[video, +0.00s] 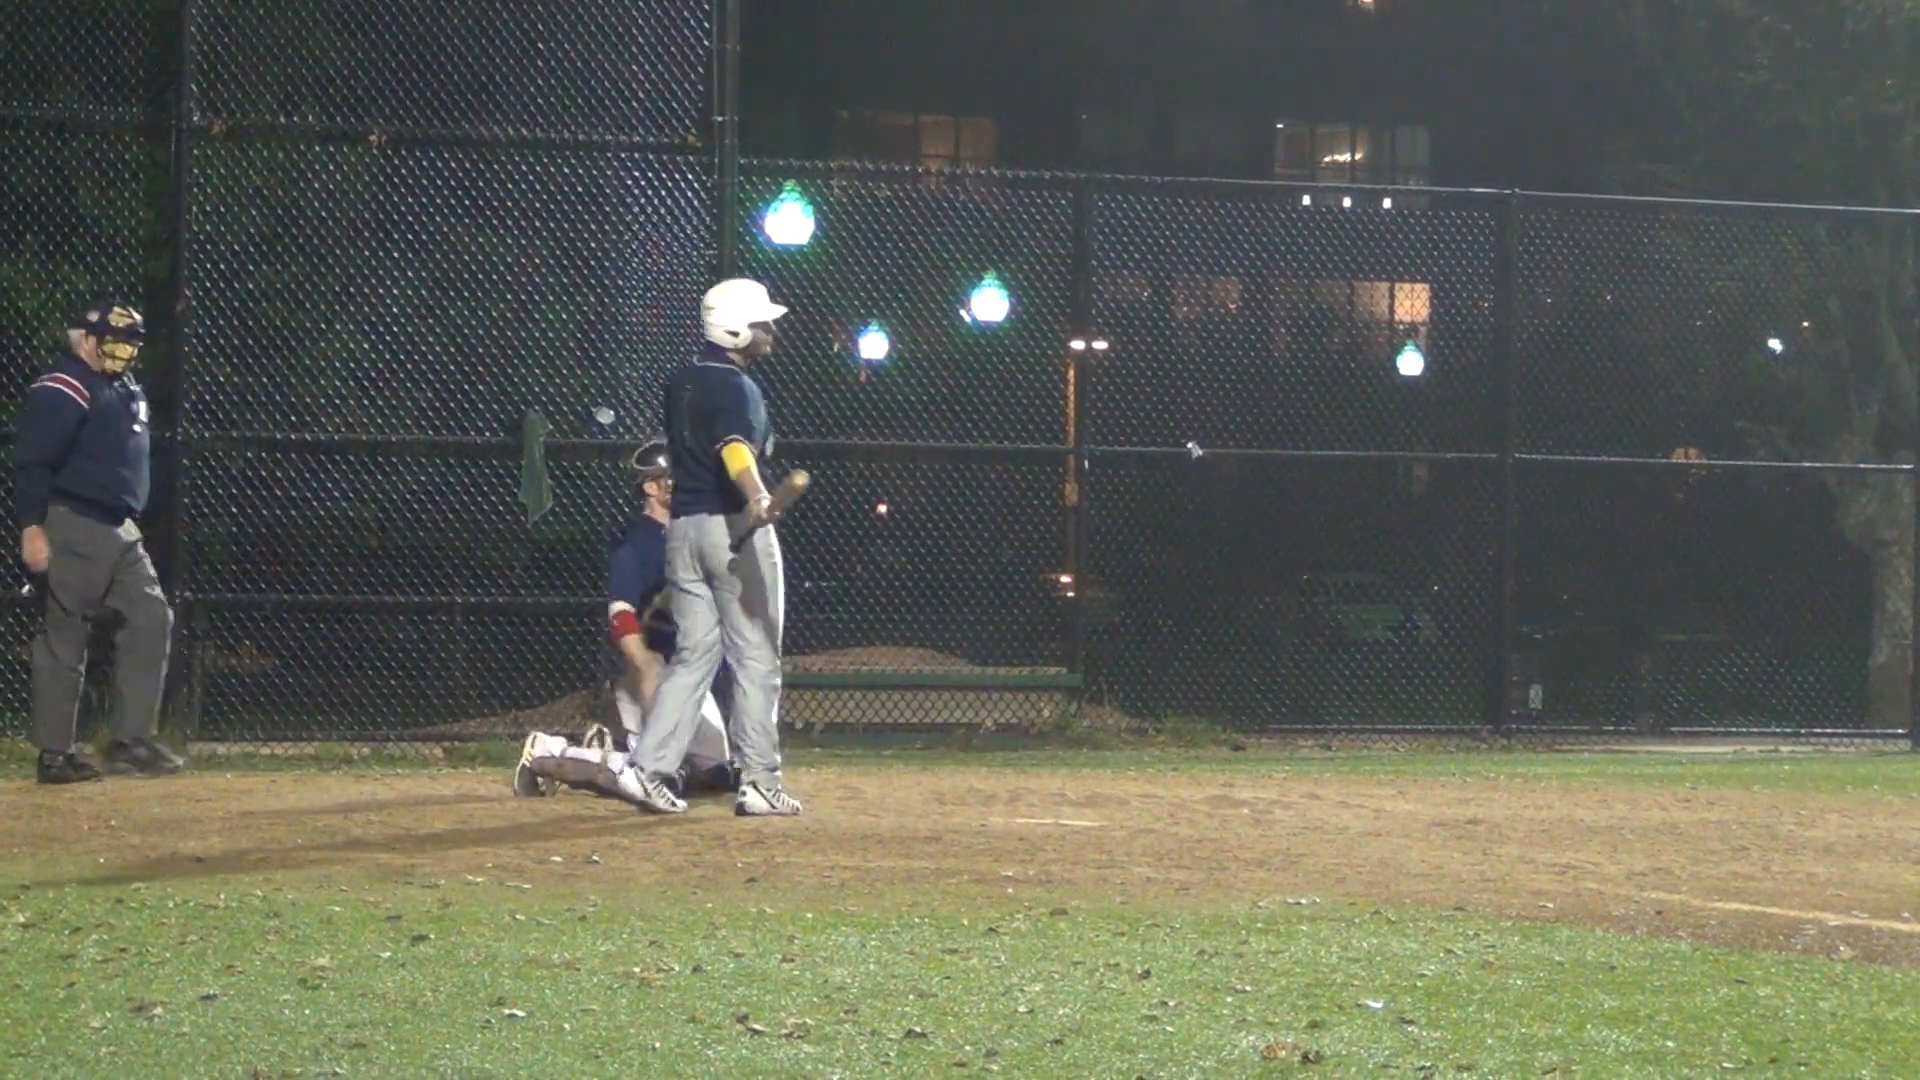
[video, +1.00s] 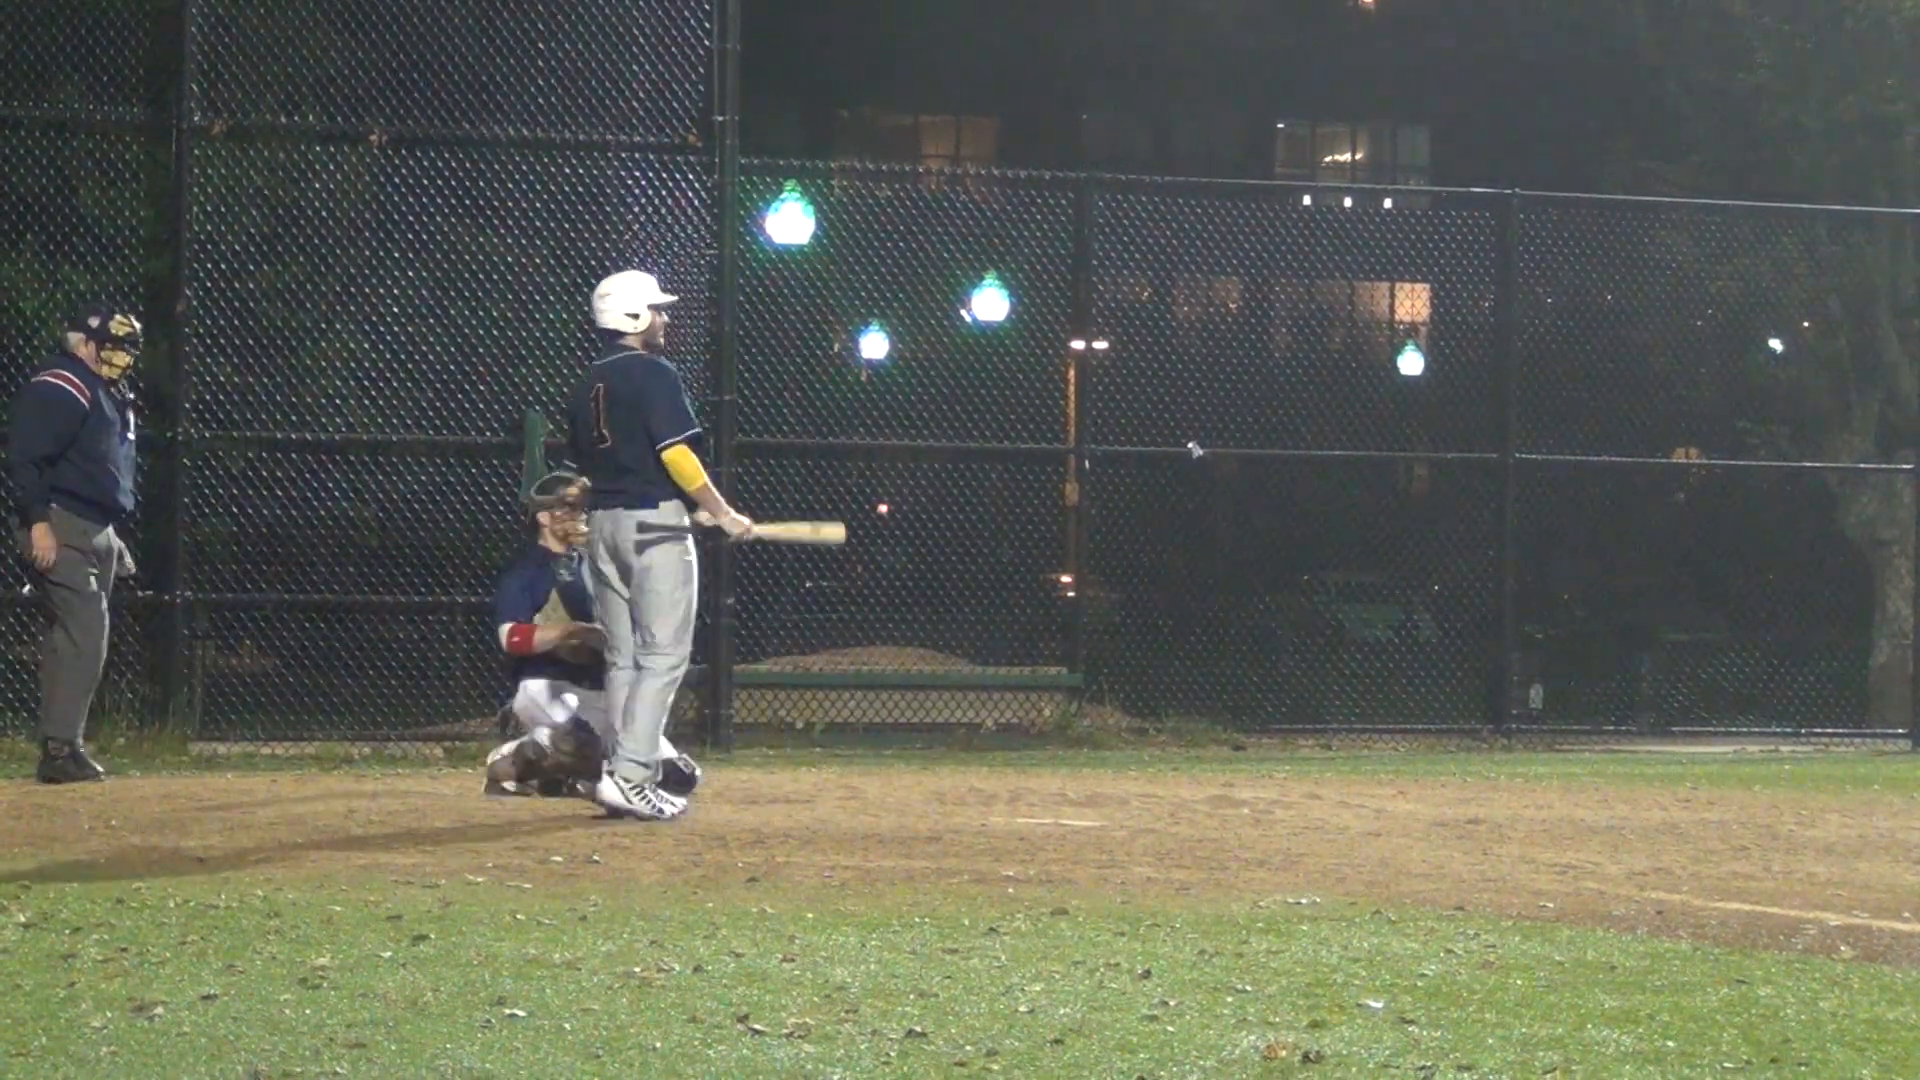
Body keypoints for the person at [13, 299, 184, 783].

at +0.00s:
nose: (119, 351)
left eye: (126, 343)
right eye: (110, 341)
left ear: (134, 347)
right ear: (85, 340)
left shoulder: (127, 389)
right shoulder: (66, 385)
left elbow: (119, 459)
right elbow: (31, 458)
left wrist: (124, 515)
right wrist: (31, 526)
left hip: (119, 528)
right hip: (74, 525)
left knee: (151, 618)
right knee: (65, 633)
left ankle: (133, 740)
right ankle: (57, 753)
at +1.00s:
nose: (121, 356)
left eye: (125, 348)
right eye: (113, 346)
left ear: (125, 351)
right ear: (86, 344)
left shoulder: (110, 393)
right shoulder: (62, 386)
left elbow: (105, 472)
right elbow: (24, 456)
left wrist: (113, 536)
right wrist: (37, 522)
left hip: (98, 531)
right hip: (65, 527)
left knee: (82, 636)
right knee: (82, 635)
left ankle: (64, 744)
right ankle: (60, 747)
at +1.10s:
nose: (121, 355)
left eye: (126, 347)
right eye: (113, 346)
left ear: (128, 351)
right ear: (86, 344)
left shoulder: (112, 393)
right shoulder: (62, 385)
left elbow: (106, 472)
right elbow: (24, 455)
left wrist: (110, 538)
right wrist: (31, 520)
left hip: (96, 530)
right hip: (64, 526)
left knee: (77, 636)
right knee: (87, 635)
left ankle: (63, 744)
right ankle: (64, 747)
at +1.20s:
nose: (121, 355)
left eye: (126, 347)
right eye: (113, 346)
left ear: (126, 350)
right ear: (87, 344)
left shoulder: (111, 391)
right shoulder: (62, 386)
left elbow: (111, 461)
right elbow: (25, 455)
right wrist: (29, 520)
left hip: (102, 528)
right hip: (69, 525)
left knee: (81, 636)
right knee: (82, 636)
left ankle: (61, 745)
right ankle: (70, 747)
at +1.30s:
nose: (120, 353)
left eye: (125, 345)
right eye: (111, 344)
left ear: (127, 348)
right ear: (85, 343)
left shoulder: (114, 391)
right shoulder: (62, 387)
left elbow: (116, 459)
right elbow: (24, 457)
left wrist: (114, 519)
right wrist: (37, 521)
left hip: (106, 528)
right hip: (70, 525)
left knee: (81, 635)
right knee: (83, 635)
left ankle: (62, 745)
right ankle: (72, 747)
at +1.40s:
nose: (117, 354)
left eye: (122, 346)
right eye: (108, 344)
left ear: (126, 347)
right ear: (82, 343)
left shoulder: (113, 390)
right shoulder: (59, 388)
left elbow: (111, 459)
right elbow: (25, 462)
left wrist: (117, 513)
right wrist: (65, 508)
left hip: (106, 527)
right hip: (60, 526)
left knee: (86, 632)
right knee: (84, 632)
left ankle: (63, 745)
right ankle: (70, 748)